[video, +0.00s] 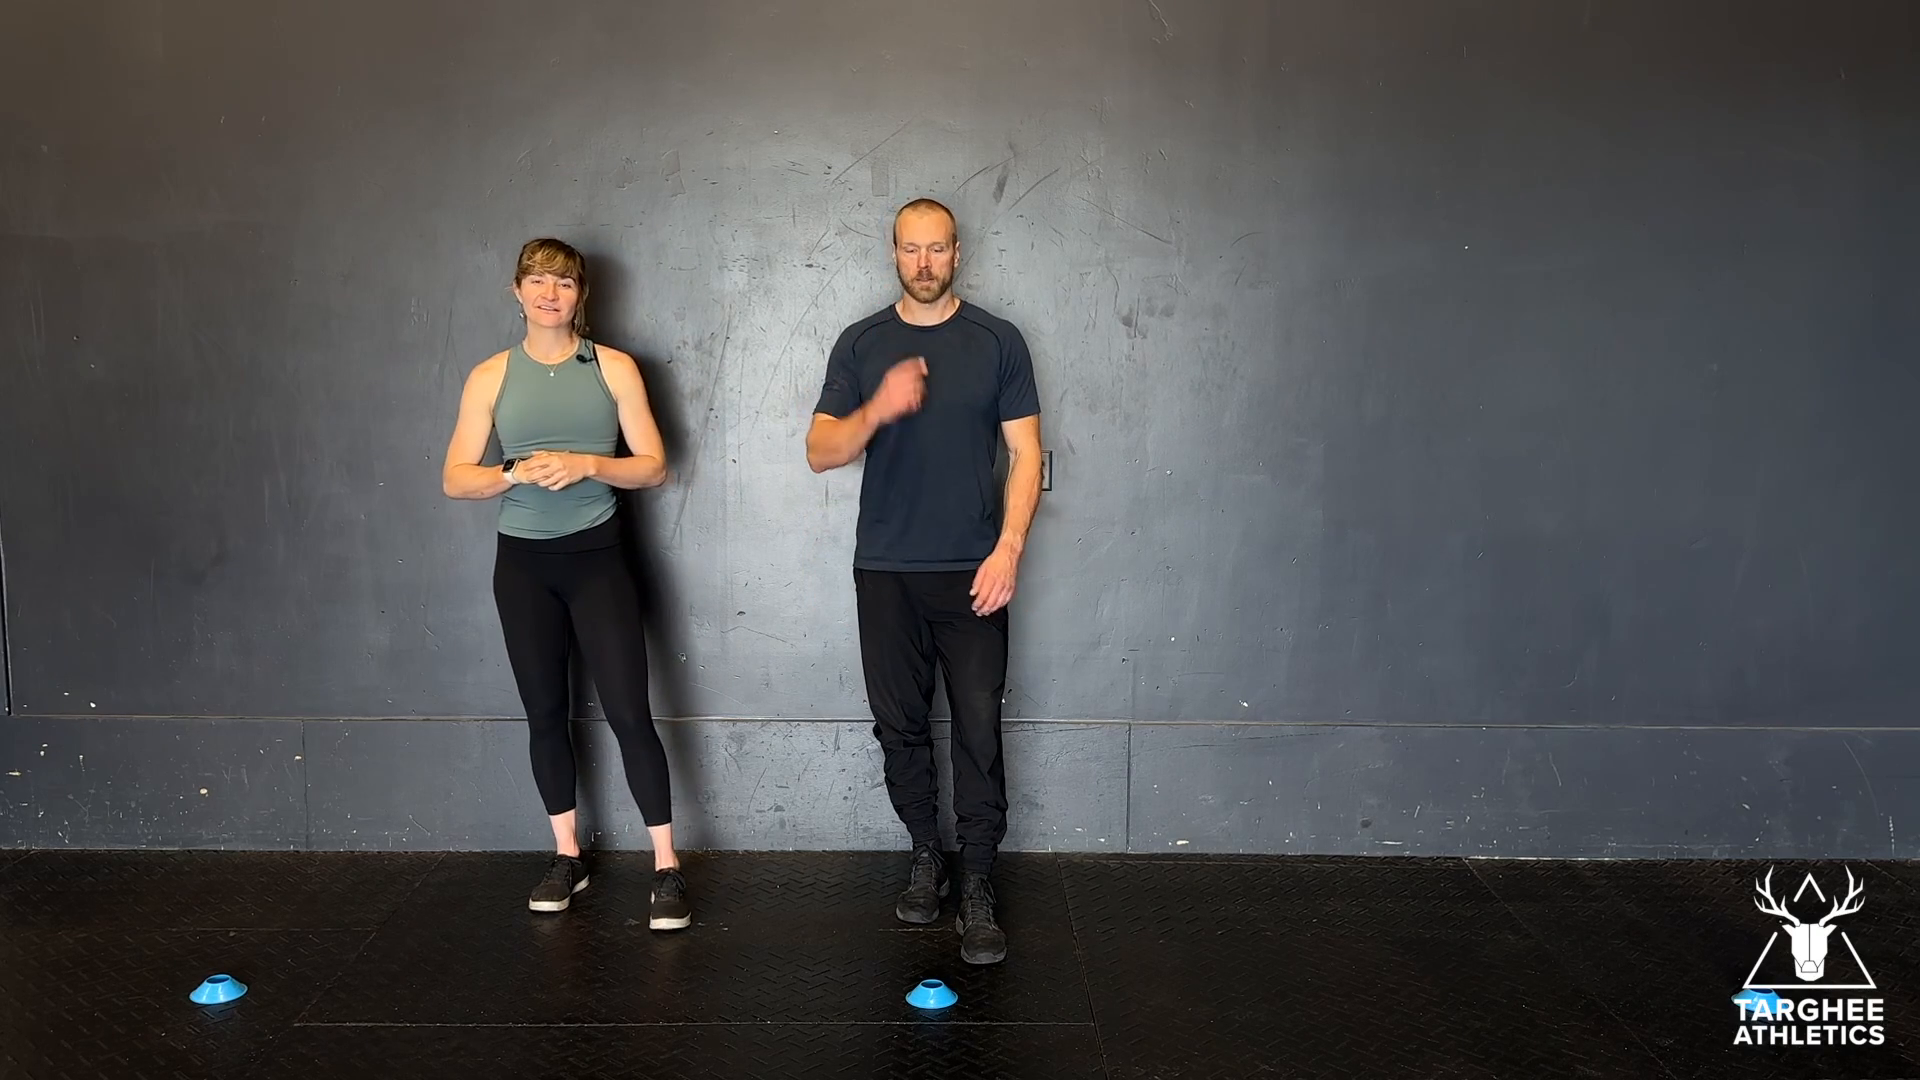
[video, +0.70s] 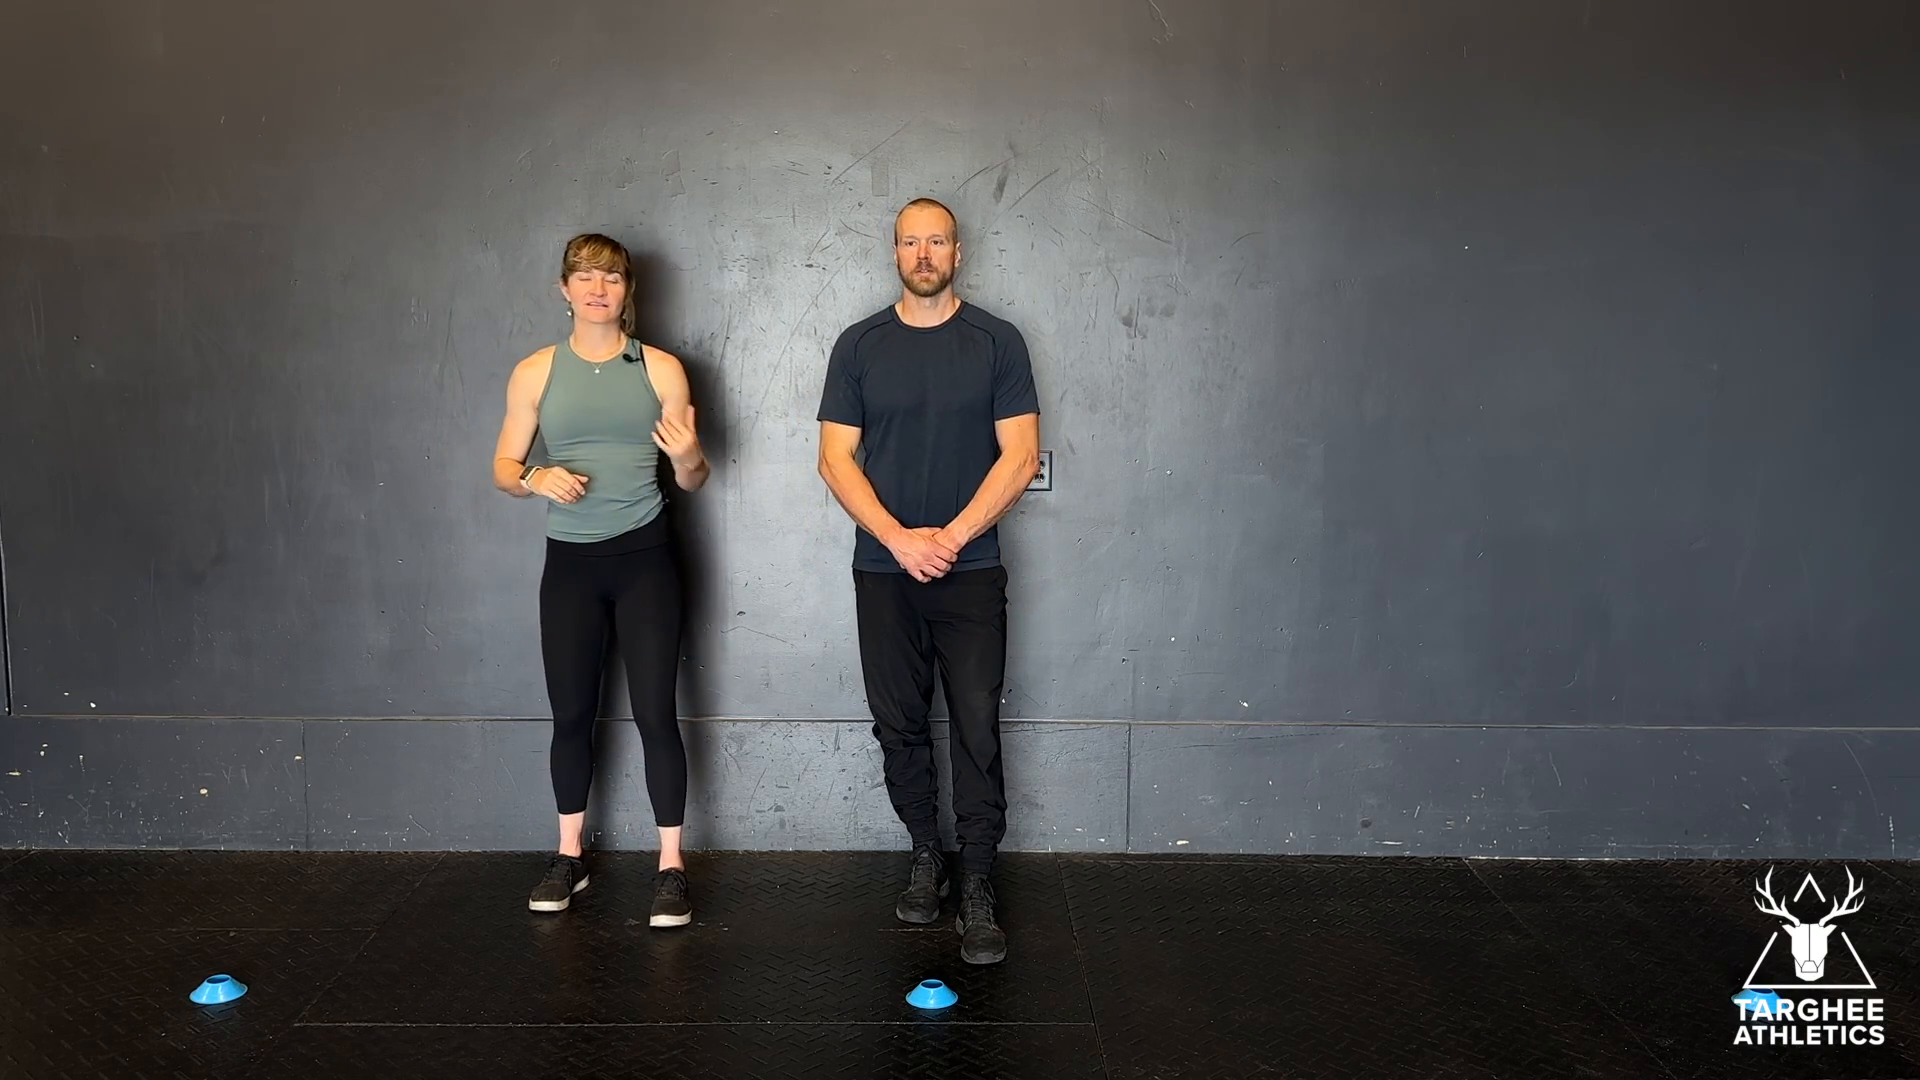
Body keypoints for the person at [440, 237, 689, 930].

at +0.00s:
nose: (549, 289)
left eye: (561, 279)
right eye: (536, 279)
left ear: (580, 293)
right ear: (518, 291)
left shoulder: (615, 368)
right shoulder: (490, 376)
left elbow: (653, 468)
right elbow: (455, 478)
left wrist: (585, 465)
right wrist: (514, 473)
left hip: (599, 557)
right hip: (523, 563)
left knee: (629, 711)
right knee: (545, 712)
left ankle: (665, 866)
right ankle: (568, 858)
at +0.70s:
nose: (599, 286)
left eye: (611, 275)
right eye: (585, 275)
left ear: (627, 288)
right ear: (566, 289)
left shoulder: (661, 370)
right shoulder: (535, 373)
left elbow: (691, 480)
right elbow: (506, 468)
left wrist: (688, 455)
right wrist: (537, 477)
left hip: (646, 558)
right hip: (570, 563)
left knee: (655, 712)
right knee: (571, 713)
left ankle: (671, 866)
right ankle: (570, 857)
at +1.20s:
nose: (668, 292)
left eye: (678, 281)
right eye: (653, 281)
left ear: (688, 292)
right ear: (625, 292)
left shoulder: (712, 380)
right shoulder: (588, 369)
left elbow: (729, 486)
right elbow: (549, 464)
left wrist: (761, 464)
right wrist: (594, 480)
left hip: (687, 561)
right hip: (612, 563)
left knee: (680, 715)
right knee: (579, 721)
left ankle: (674, 865)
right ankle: (570, 848)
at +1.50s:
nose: (696, 300)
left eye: (704, 288)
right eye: (681, 287)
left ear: (714, 299)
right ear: (651, 294)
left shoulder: (729, 386)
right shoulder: (608, 366)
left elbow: (757, 492)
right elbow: (559, 457)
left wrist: (766, 476)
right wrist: (617, 484)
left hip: (696, 564)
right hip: (620, 564)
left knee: (683, 718)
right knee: (604, 732)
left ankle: (674, 864)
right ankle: (611, 837)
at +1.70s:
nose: (692, 295)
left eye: (702, 284)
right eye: (678, 283)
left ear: (715, 297)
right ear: (653, 293)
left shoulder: (734, 385)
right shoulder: (613, 367)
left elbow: (758, 486)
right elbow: (565, 459)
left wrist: (716, 502)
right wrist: (619, 483)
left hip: (699, 565)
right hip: (623, 565)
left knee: (685, 716)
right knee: (616, 729)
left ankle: (674, 865)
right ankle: (629, 844)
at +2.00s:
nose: (684, 294)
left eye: (697, 282)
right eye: (672, 281)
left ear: (711, 293)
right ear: (652, 290)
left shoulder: (739, 377)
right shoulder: (615, 371)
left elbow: (774, 478)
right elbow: (575, 464)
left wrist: (712, 486)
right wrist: (619, 485)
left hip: (701, 564)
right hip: (625, 562)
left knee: (685, 717)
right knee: (595, 723)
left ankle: (675, 866)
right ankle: (623, 838)